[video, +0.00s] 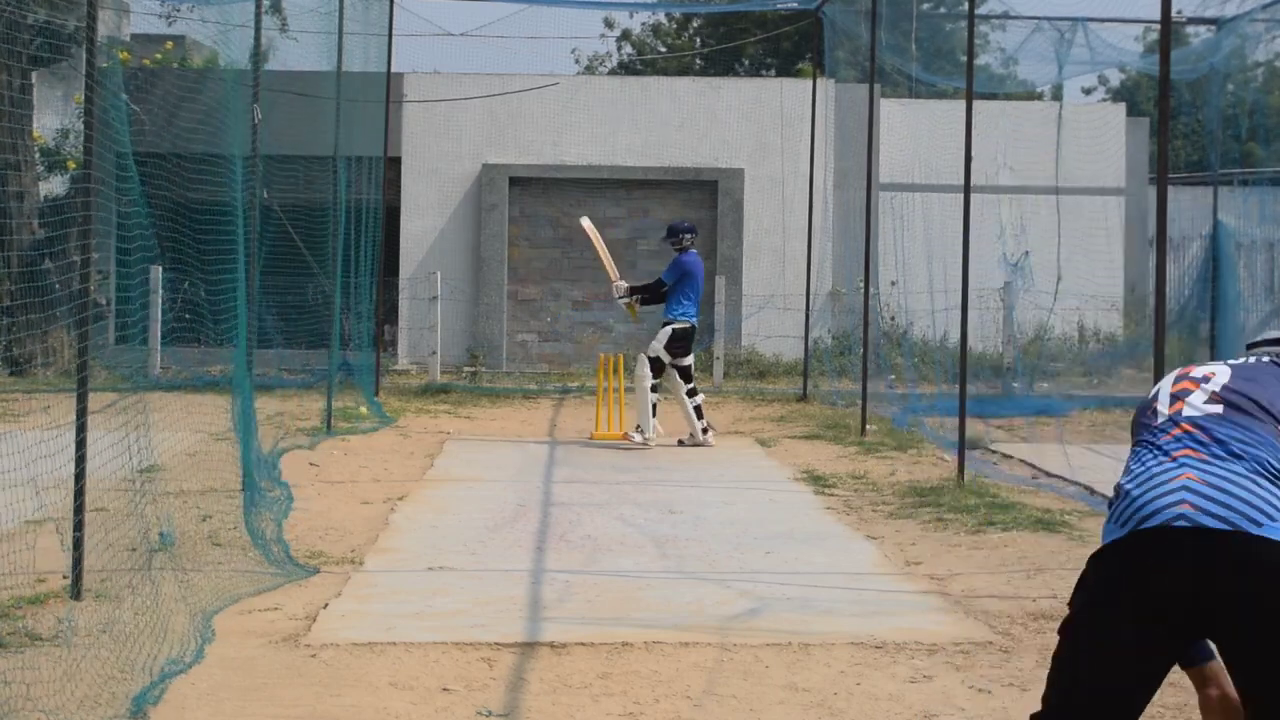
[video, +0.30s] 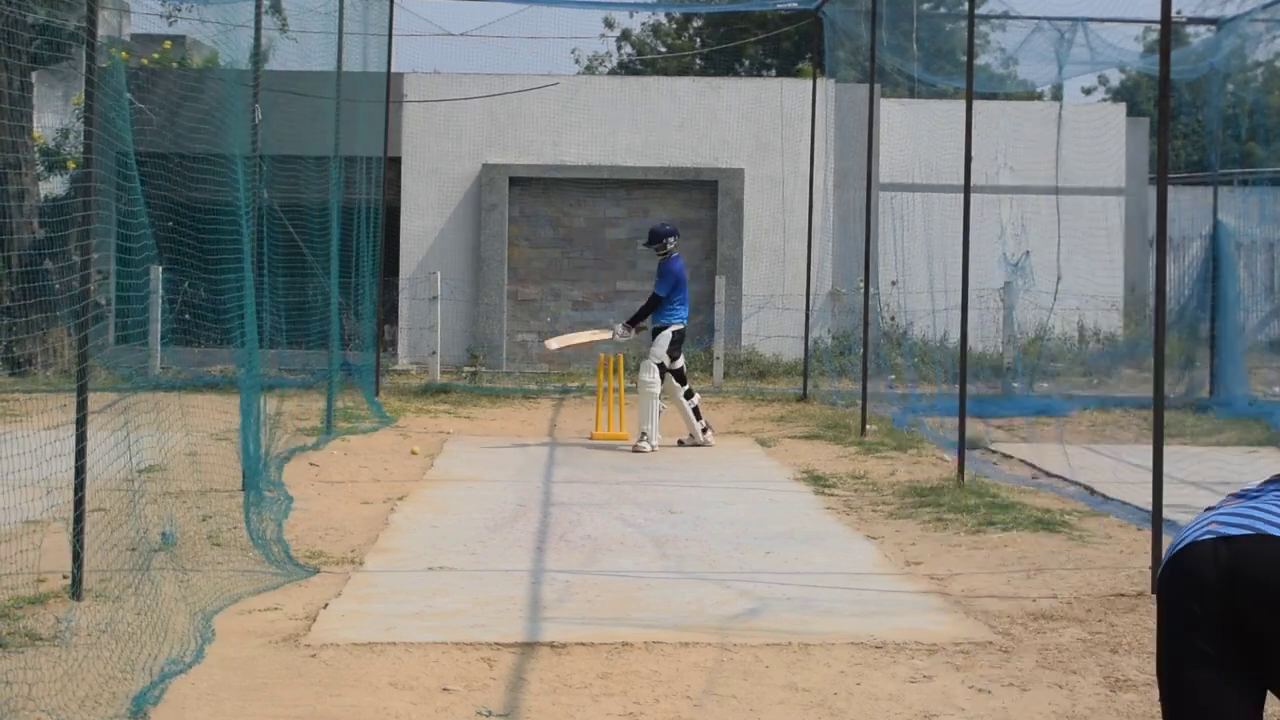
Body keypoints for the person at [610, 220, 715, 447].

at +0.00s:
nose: (672, 245)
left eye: (674, 241)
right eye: (671, 241)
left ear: (682, 239)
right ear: (690, 239)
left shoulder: (683, 260)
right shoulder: (693, 261)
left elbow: (656, 287)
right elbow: (666, 295)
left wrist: (627, 289)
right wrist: (636, 300)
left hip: (675, 328)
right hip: (686, 328)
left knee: (647, 371)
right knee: (682, 381)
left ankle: (646, 432)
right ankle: (701, 433)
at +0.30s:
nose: (655, 250)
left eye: (657, 246)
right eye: (654, 246)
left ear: (665, 244)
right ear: (670, 244)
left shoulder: (671, 266)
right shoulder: (668, 264)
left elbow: (655, 300)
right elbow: (656, 300)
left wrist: (628, 323)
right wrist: (636, 324)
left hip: (671, 328)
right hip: (664, 327)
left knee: (650, 375)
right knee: (677, 383)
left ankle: (648, 438)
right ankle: (701, 432)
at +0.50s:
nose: (640, 251)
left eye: (643, 246)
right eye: (638, 247)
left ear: (655, 243)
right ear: (638, 246)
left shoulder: (662, 267)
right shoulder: (638, 262)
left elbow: (655, 305)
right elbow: (633, 293)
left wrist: (636, 334)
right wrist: (631, 321)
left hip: (660, 327)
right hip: (642, 326)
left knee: (646, 376)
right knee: (636, 379)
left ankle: (648, 438)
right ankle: (676, 418)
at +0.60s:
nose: (634, 251)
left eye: (637, 247)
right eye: (632, 247)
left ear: (649, 243)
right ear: (631, 246)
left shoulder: (659, 267)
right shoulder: (631, 262)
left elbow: (653, 305)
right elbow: (626, 290)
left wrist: (634, 331)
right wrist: (623, 319)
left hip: (654, 324)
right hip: (634, 323)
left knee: (644, 376)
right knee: (630, 382)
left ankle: (648, 437)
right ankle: (655, 413)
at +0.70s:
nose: (625, 255)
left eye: (629, 250)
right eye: (622, 251)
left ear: (641, 244)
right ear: (618, 248)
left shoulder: (651, 267)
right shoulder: (619, 261)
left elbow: (645, 307)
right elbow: (613, 290)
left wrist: (628, 337)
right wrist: (612, 319)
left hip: (645, 326)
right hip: (623, 325)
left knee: (642, 376)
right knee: (601, 373)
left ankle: (647, 437)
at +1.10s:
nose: (588, 272)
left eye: (592, 268)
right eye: (585, 268)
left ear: (601, 259)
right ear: (578, 259)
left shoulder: (611, 268)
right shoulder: (569, 272)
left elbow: (621, 295)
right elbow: (561, 307)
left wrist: (635, 322)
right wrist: (555, 341)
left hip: (603, 330)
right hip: (575, 330)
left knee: (619, 381)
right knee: (572, 383)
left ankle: (623, 434)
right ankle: (566, 434)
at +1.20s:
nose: (587, 271)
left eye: (591, 267)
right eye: (584, 268)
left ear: (598, 258)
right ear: (577, 258)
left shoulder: (606, 267)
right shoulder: (566, 270)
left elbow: (612, 290)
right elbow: (558, 306)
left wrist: (629, 317)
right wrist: (551, 338)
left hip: (596, 328)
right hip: (569, 328)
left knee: (608, 378)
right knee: (568, 380)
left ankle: (602, 433)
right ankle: (563, 434)